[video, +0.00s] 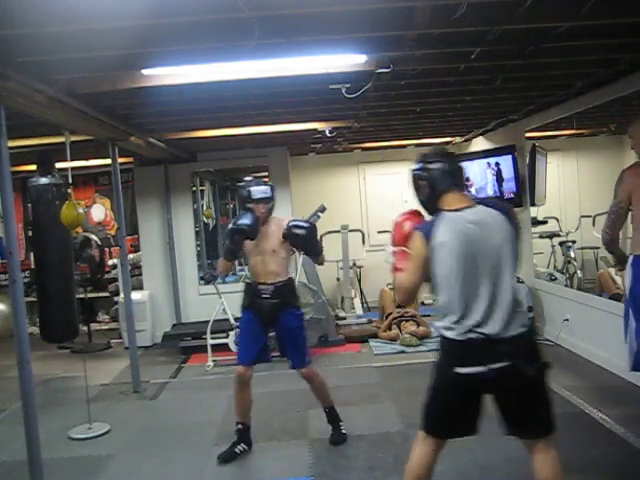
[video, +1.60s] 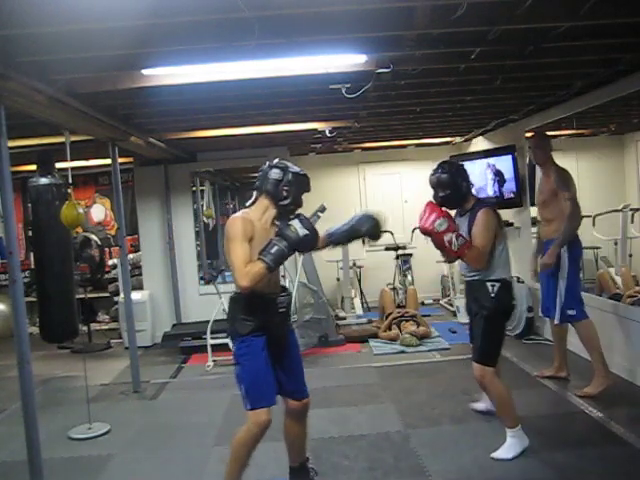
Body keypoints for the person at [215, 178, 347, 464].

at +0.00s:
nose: (259, 209)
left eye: (264, 203)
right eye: (254, 204)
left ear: (271, 203)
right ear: (246, 205)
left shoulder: (286, 226)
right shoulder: (242, 231)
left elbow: (319, 258)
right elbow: (223, 269)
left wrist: (310, 240)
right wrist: (234, 241)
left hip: (285, 299)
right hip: (254, 301)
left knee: (305, 369)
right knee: (242, 373)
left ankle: (335, 422)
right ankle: (243, 439)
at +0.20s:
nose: (245, 203)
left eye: (249, 197)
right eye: (240, 197)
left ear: (255, 197)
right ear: (227, 198)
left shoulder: (265, 222)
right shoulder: (213, 228)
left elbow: (293, 257)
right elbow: (201, 273)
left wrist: (298, 243)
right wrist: (217, 244)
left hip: (264, 299)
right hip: (230, 301)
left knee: (272, 371)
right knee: (233, 376)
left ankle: (294, 423)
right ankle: (242, 438)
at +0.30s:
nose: (242, 202)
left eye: (246, 196)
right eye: (236, 196)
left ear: (250, 198)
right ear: (221, 196)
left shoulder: (258, 222)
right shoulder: (204, 226)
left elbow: (289, 258)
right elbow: (193, 271)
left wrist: (295, 242)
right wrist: (212, 243)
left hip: (257, 301)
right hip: (224, 303)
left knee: (261, 376)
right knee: (231, 377)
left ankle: (264, 453)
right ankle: (241, 438)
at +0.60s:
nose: (241, 202)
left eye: (243, 196)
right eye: (235, 196)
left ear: (243, 198)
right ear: (217, 196)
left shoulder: (249, 225)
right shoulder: (195, 228)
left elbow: (276, 264)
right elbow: (184, 277)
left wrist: (290, 248)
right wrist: (209, 246)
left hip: (246, 311)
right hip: (209, 312)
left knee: (245, 393)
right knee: (201, 394)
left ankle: (242, 464)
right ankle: (209, 444)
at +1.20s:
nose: (263, 206)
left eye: (264, 200)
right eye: (259, 199)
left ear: (241, 197)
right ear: (240, 196)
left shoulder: (248, 225)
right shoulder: (207, 228)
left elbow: (271, 256)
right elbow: (215, 282)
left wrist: (303, 250)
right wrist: (250, 248)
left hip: (252, 323)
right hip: (221, 329)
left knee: (287, 400)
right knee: (221, 418)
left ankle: (270, 471)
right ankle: (205, 477)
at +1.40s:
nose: (286, 209)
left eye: (286, 202)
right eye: (282, 201)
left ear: (264, 198)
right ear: (265, 197)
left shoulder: (270, 226)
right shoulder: (224, 224)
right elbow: (225, 279)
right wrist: (268, 248)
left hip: (262, 324)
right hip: (231, 328)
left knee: (297, 403)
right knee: (229, 421)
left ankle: (298, 472)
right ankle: (207, 476)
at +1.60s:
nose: (297, 198)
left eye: (299, 192)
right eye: (294, 190)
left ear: (276, 189)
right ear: (277, 187)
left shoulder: (279, 223)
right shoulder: (239, 223)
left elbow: (312, 242)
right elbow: (245, 279)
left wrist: (350, 230)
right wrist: (284, 243)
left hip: (278, 321)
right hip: (248, 327)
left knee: (298, 403)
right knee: (260, 418)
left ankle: (299, 472)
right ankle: (231, 476)